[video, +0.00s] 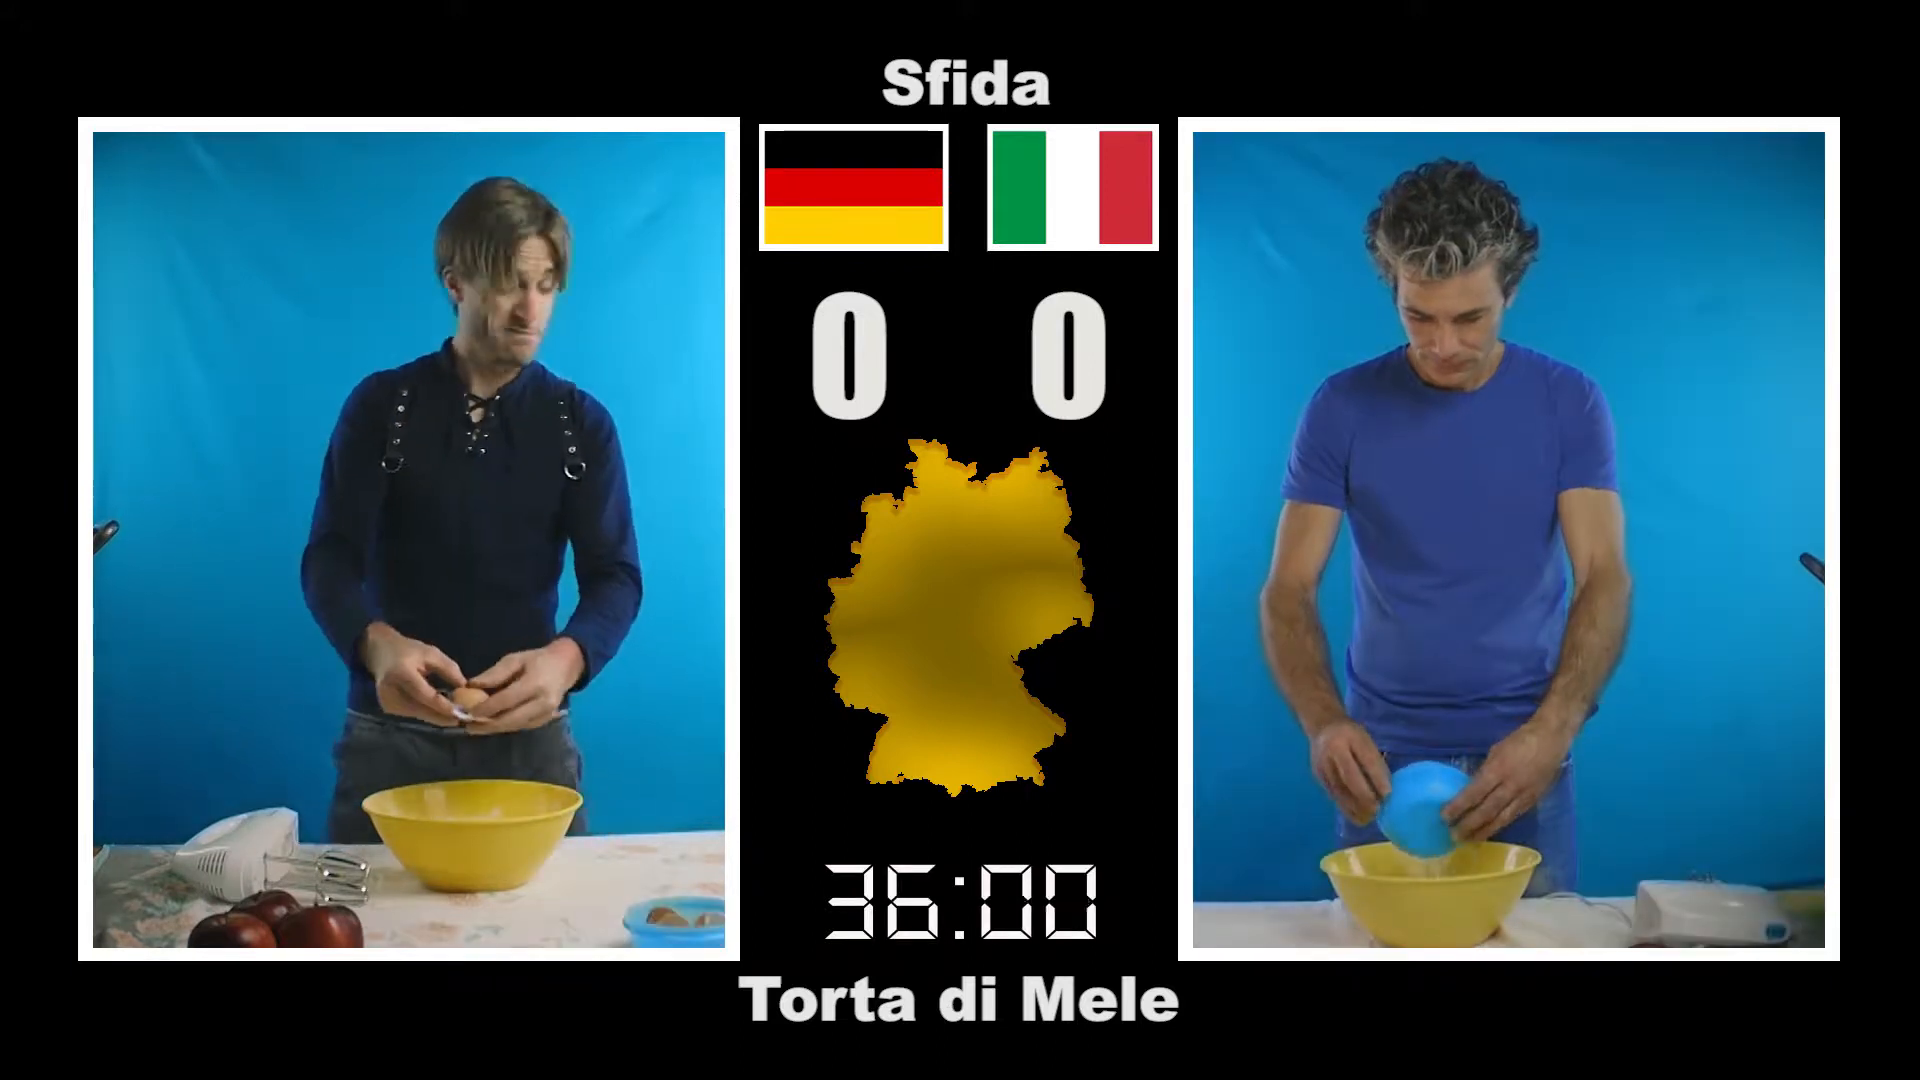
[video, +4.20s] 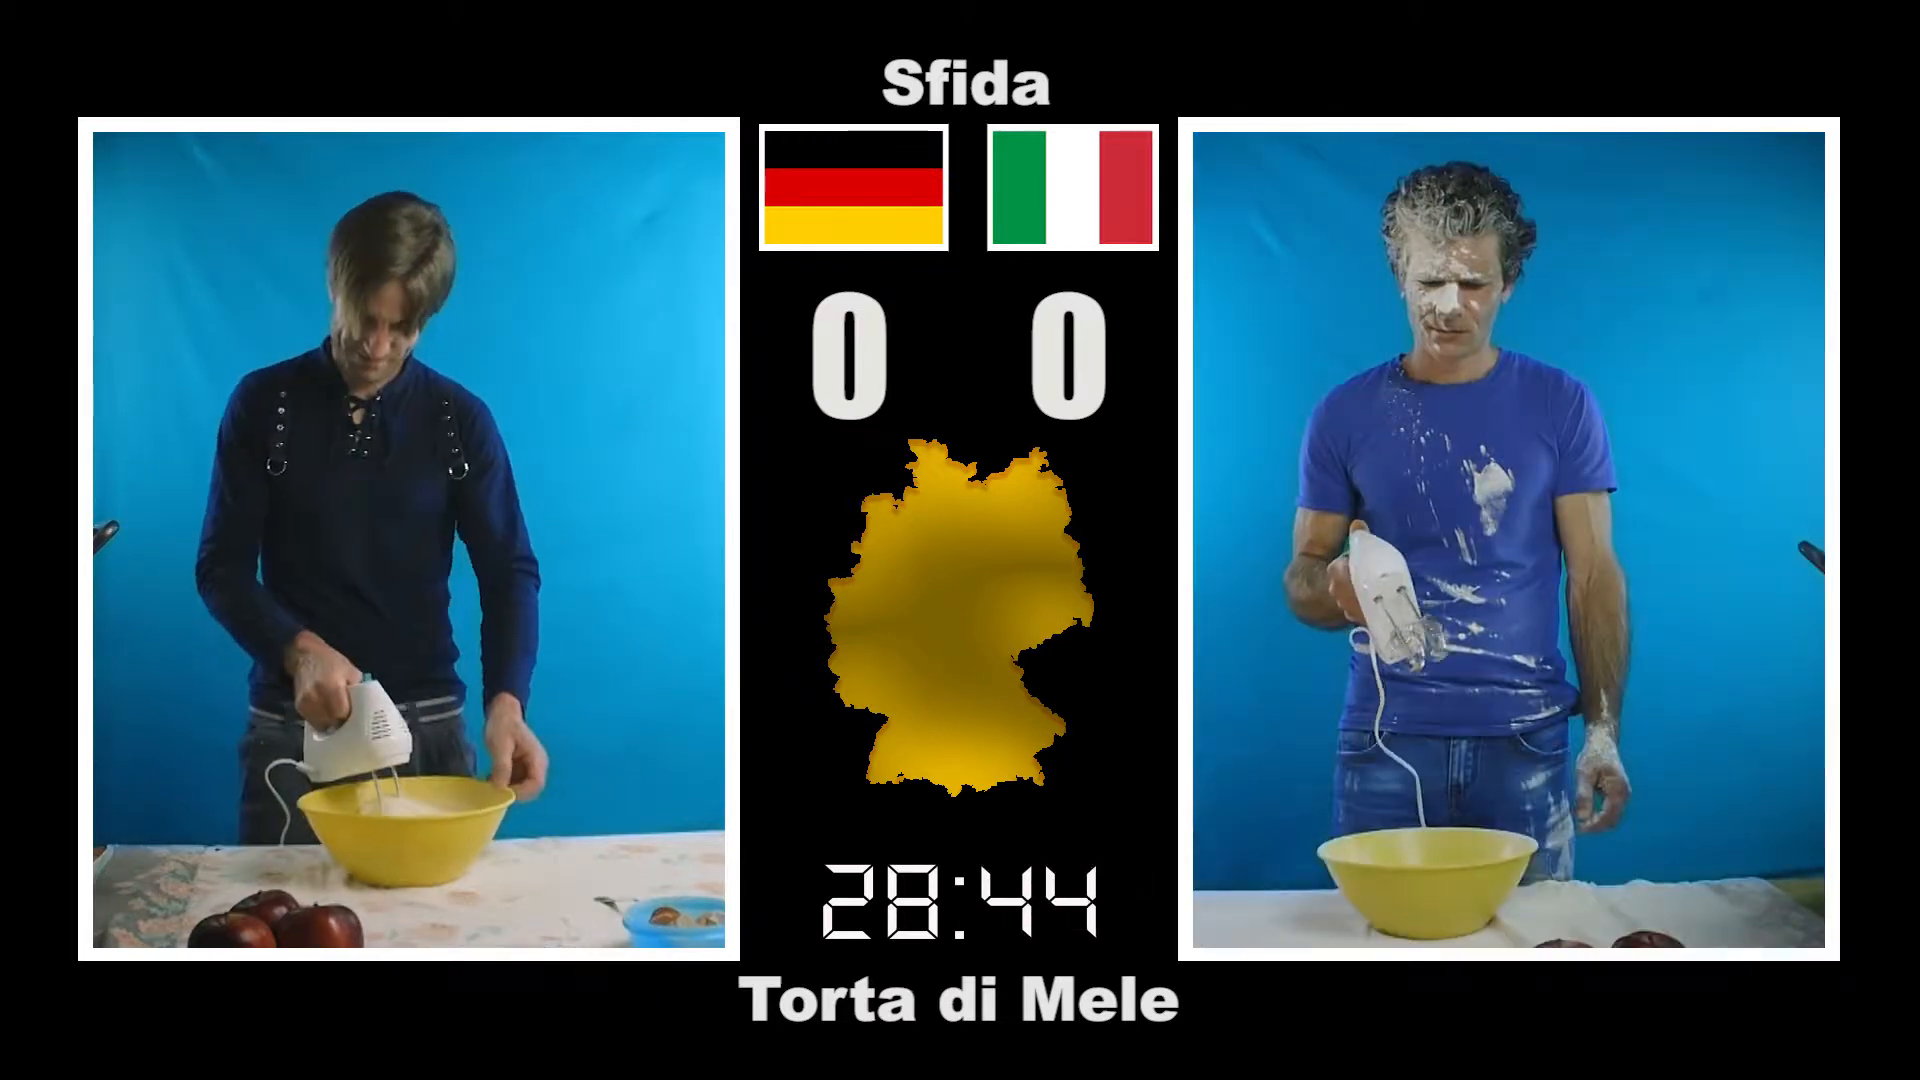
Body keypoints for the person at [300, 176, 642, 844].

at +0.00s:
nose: (528, 308)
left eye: (544, 285)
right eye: (508, 285)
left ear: (558, 285)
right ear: (456, 279)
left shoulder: (579, 424)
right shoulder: (381, 407)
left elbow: (614, 577)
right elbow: (330, 557)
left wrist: (566, 661)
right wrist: (376, 645)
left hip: (527, 748)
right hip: (395, 743)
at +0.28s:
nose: (446, 309)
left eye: (454, 287)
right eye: (423, 289)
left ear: (463, 287)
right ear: (361, 294)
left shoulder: (491, 417)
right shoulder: (298, 421)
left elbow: (542, 557)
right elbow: (268, 590)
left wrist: (527, 661)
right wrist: (357, 678)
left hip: (477, 752)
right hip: (344, 757)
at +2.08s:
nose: (451, 348)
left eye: (470, 326)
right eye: (431, 326)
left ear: (492, 316)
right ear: (398, 312)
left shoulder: (539, 426)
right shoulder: (345, 429)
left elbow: (565, 558)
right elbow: (328, 566)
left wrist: (512, 679)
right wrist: (363, 692)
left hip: (515, 738)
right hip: (385, 741)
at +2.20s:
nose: (450, 308)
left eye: (449, 286)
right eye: (428, 292)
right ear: (354, 306)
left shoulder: (474, 405)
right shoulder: (277, 416)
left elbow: (517, 552)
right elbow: (216, 554)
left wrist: (550, 688)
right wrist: (225, 604)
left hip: (457, 742)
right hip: (326, 750)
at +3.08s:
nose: (516, 315)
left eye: (529, 292)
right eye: (497, 292)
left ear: (540, 287)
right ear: (434, 282)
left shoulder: (554, 414)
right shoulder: (356, 407)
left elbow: (596, 562)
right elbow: (288, 547)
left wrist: (607, 684)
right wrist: (299, 589)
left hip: (523, 747)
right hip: (387, 745)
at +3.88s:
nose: (458, 323)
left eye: (469, 300)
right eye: (440, 298)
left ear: (478, 294)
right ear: (370, 283)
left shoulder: (475, 406)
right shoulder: (283, 408)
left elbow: (509, 562)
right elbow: (205, 577)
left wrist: (559, 689)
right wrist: (284, 615)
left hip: (457, 741)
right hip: (327, 750)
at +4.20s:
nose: (379, 348)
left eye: (403, 328)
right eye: (364, 322)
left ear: (428, 314)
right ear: (336, 292)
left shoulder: (459, 422)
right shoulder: (264, 406)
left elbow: (509, 568)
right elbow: (222, 570)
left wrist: (506, 704)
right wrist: (298, 650)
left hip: (428, 731)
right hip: (294, 731)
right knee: (288, 933)